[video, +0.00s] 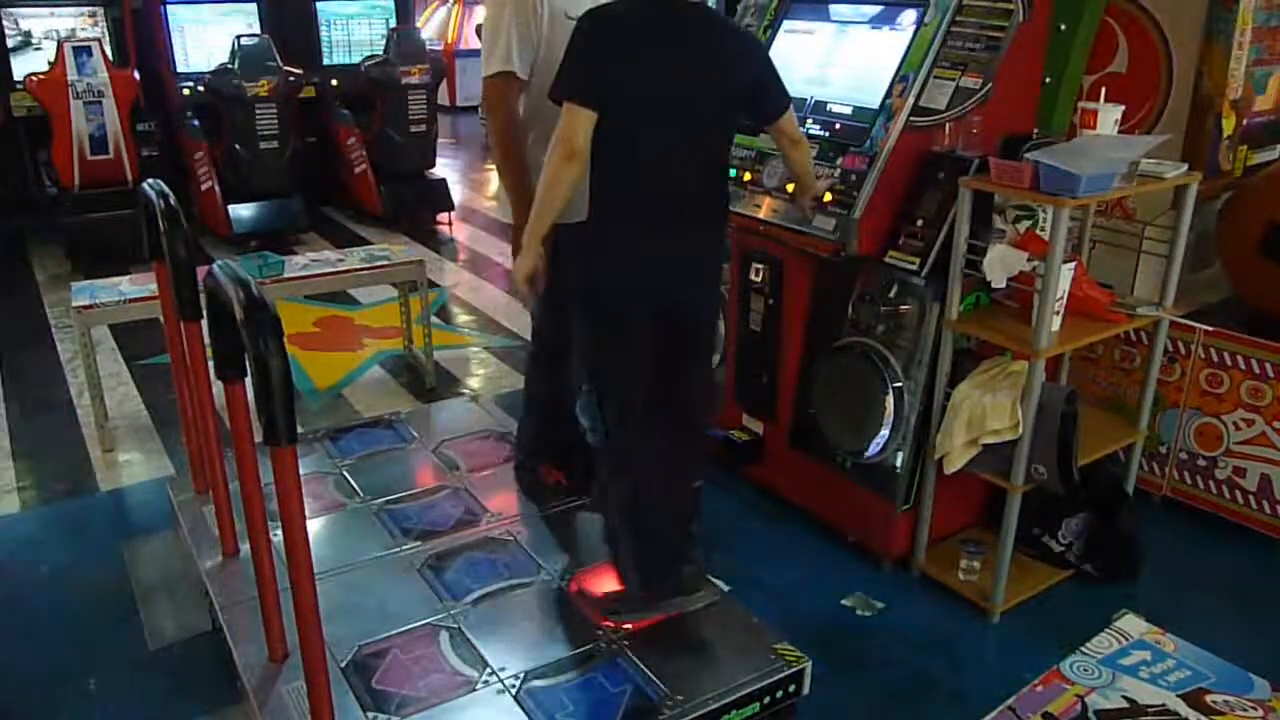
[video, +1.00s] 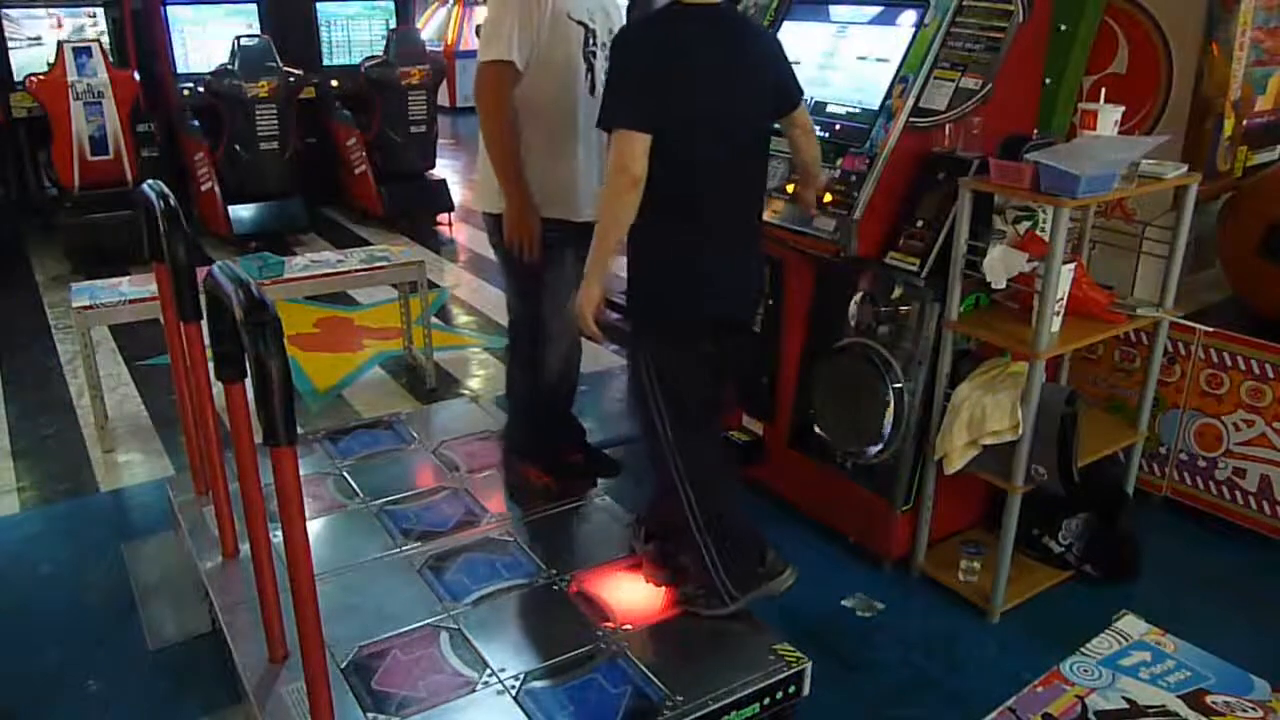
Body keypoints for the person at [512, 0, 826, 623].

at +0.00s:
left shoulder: (604, 27)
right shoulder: (737, 44)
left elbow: (570, 146)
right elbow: (792, 141)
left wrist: (533, 237)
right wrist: (807, 183)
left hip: (613, 253)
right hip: (694, 261)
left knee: (623, 411)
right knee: (682, 408)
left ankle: (648, 577)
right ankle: (675, 559)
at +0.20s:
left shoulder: (609, 33)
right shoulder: (743, 44)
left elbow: (584, 157)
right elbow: (793, 141)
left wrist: (558, 245)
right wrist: (809, 187)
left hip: (625, 254)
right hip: (707, 258)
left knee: (639, 410)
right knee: (691, 404)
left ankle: (712, 553)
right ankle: (659, 539)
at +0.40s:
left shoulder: (612, 38)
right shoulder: (746, 46)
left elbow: (590, 164)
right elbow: (796, 143)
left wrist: (569, 251)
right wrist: (808, 187)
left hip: (632, 258)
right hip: (713, 261)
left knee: (643, 412)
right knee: (696, 407)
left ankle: (718, 550)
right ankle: (658, 534)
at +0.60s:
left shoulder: (618, 38)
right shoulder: (749, 42)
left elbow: (597, 169)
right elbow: (797, 146)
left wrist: (568, 257)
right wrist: (807, 188)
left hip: (638, 259)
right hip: (716, 262)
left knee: (645, 414)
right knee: (695, 407)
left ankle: (722, 556)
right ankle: (661, 536)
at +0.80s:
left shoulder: (627, 41)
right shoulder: (752, 42)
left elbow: (609, 173)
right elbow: (802, 150)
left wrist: (578, 266)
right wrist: (808, 189)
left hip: (653, 267)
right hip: (725, 266)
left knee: (654, 421)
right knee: (701, 410)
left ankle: (734, 556)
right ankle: (666, 535)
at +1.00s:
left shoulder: (642, 38)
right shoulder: (759, 38)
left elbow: (628, 172)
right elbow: (807, 151)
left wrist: (594, 277)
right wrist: (808, 189)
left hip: (667, 268)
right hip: (737, 266)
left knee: (676, 426)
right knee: (696, 414)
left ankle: (742, 564)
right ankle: (665, 531)